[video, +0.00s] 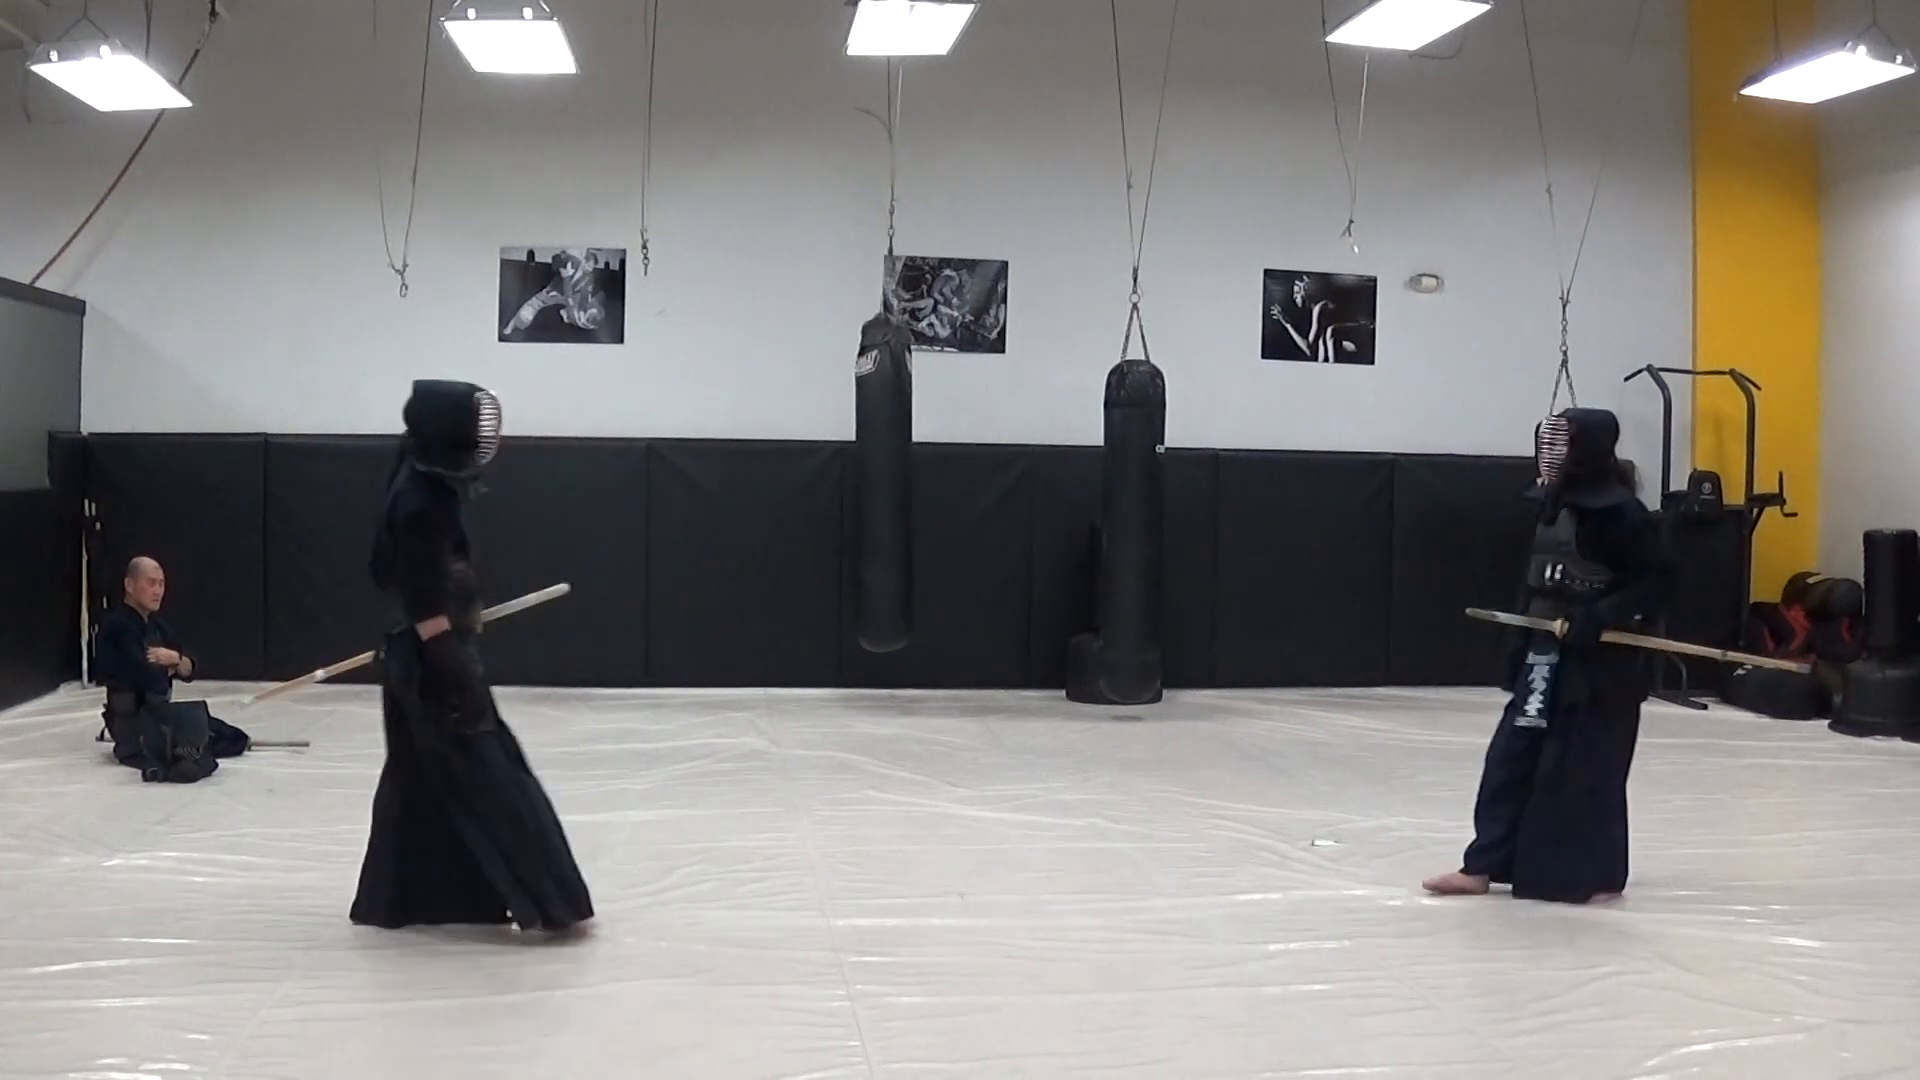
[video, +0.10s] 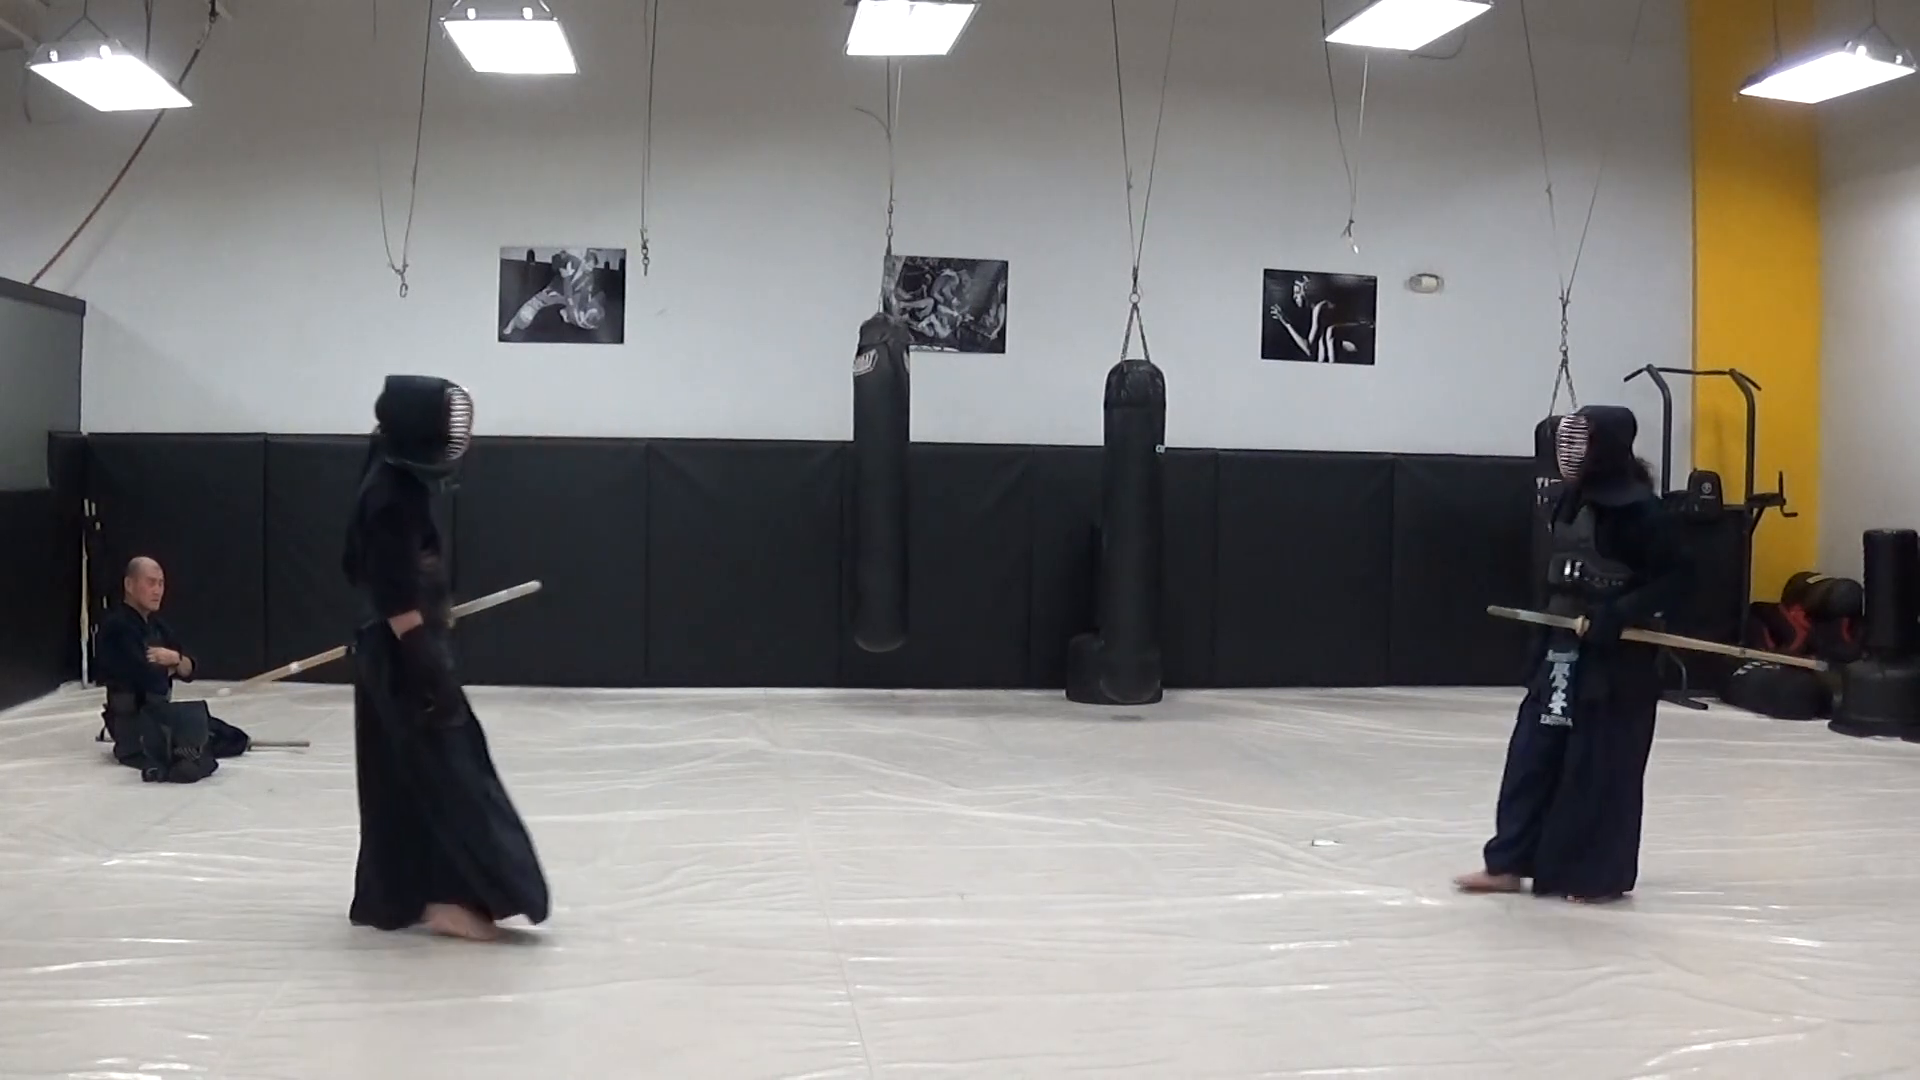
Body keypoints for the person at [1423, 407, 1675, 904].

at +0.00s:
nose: (1550, 455)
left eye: (1561, 447)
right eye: (1549, 445)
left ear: (1588, 452)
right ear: (1550, 448)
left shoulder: (1622, 512)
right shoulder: (1553, 507)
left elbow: (1656, 582)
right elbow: (1541, 582)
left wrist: (1598, 614)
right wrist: (1524, 645)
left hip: (1604, 663)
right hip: (1546, 657)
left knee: (1595, 766)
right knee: (1508, 756)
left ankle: (1604, 878)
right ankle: (1482, 867)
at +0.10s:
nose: (1569, 456)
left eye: (1579, 446)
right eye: (1566, 445)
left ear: (1605, 450)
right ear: (1563, 448)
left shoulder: (1639, 509)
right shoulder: (1566, 505)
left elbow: (1674, 579)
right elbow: (1563, 576)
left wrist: (1616, 612)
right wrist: (1549, 631)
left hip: (1618, 656)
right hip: (1561, 648)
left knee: (1608, 763)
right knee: (1530, 752)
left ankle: (1606, 876)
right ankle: (1508, 864)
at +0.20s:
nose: (1583, 453)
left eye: (1593, 444)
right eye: (1583, 443)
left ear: (1620, 449)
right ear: (1587, 444)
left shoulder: (1655, 509)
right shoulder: (1586, 502)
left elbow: (1684, 582)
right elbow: (1575, 575)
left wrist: (1632, 611)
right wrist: (1559, 639)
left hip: (1630, 654)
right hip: (1576, 648)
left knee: (1616, 758)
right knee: (1551, 744)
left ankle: (1610, 874)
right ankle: (1554, 862)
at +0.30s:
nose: (1602, 452)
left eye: (1611, 443)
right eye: (1602, 442)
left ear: (1638, 449)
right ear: (1612, 444)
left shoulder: (1674, 510)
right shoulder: (1602, 504)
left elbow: (1702, 581)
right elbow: (1587, 578)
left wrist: (1647, 614)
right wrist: (1568, 646)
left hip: (1644, 654)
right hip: (1593, 648)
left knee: (1629, 757)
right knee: (1571, 747)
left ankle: (1626, 877)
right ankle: (1594, 868)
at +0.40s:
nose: (1620, 456)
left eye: (1630, 447)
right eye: (1619, 446)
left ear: (1658, 453)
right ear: (1618, 447)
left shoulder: (1691, 511)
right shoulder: (1618, 504)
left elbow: (1722, 587)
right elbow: (1603, 582)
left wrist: (1664, 617)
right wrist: (1578, 645)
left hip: (1662, 651)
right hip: (1613, 644)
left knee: (1639, 755)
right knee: (1604, 745)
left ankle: (1615, 875)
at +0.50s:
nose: (1635, 457)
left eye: (1646, 449)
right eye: (1634, 447)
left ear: (1674, 453)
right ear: (1632, 449)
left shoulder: (1703, 513)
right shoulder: (1624, 506)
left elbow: (1736, 586)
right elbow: (1604, 581)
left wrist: (1679, 620)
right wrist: (1588, 649)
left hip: (1681, 654)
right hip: (1630, 649)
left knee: (1657, 760)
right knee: (1643, 752)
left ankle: (1618, 873)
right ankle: (1687, 847)